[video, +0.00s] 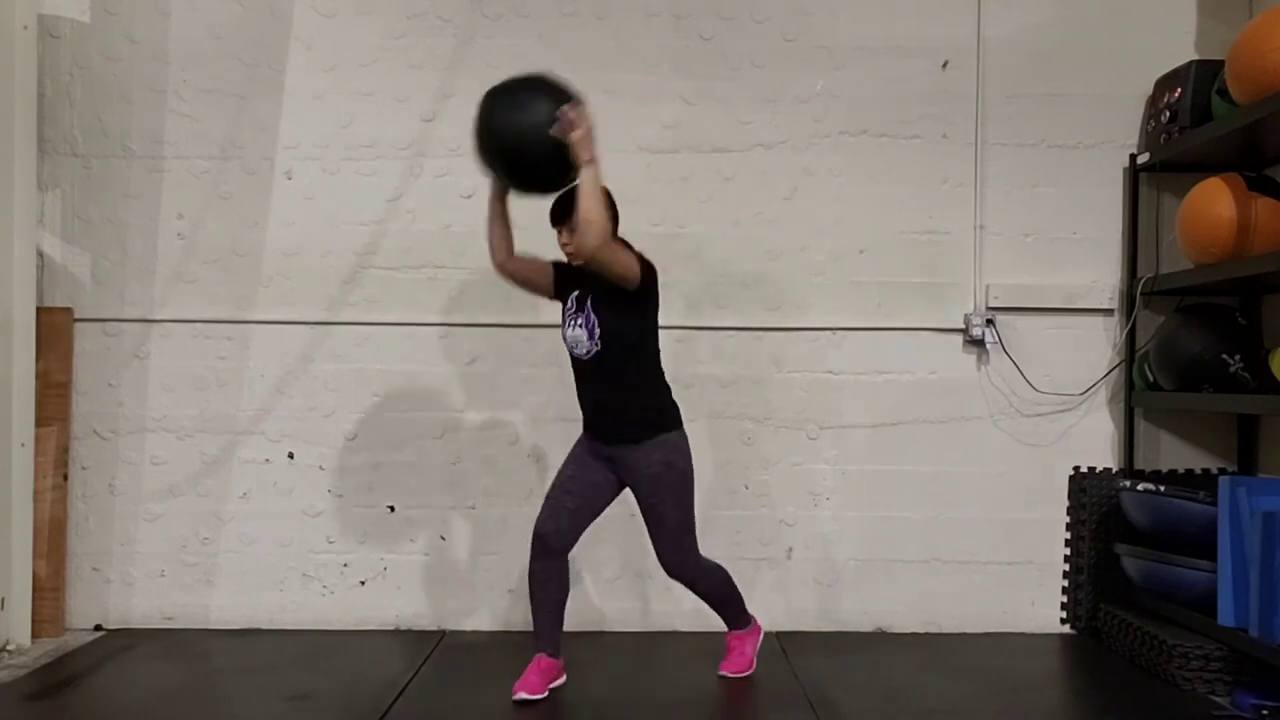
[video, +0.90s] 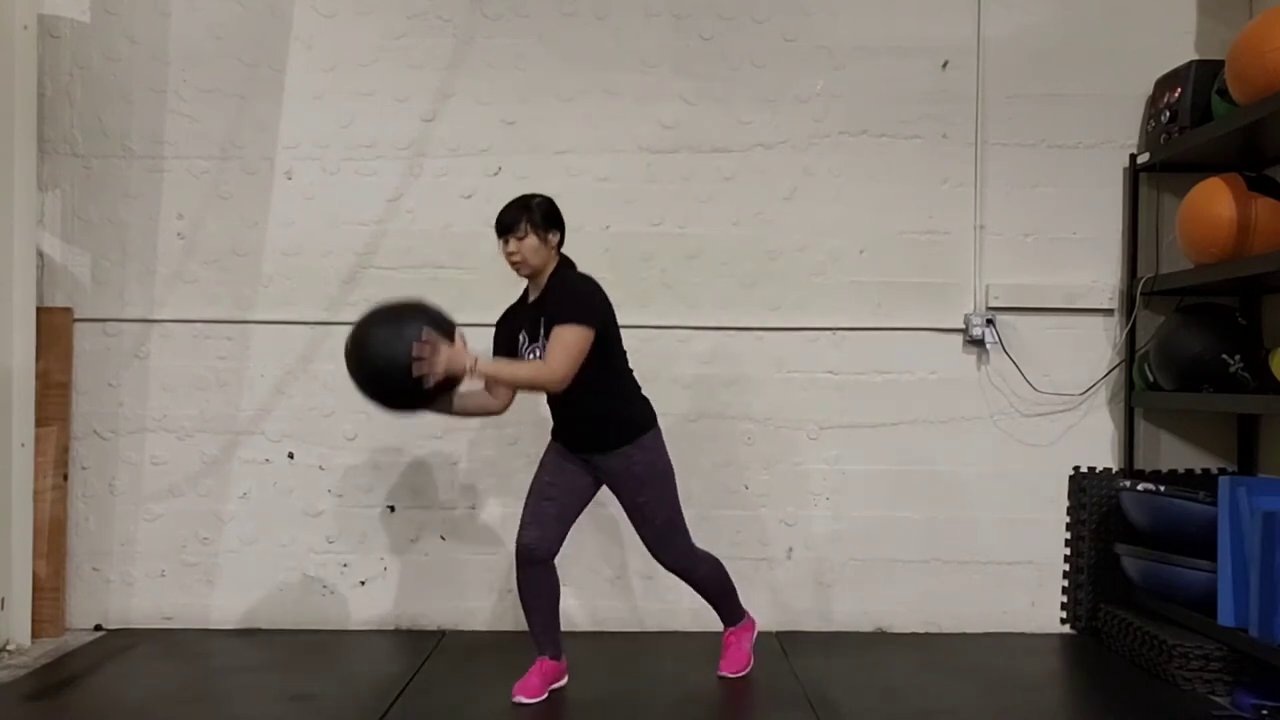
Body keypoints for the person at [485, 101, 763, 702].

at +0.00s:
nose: (562, 237)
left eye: (570, 227)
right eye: (557, 229)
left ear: (599, 226)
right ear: (558, 235)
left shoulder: (634, 276)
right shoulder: (568, 281)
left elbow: (594, 242)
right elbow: (506, 260)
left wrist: (585, 157)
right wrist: (499, 188)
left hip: (655, 446)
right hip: (599, 446)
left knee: (680, 560)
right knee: (548, 540)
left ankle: (743, 627)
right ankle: (548, 657)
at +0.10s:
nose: (559, 274)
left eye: (567, 263)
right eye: (555, 266)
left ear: (597, 256)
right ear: (557, 267)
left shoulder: (628, 305)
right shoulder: (572, 309)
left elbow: (576, 335)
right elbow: (509, 348)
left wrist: (532, 266)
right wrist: (474, 293)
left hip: (663, 461)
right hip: (610, 460)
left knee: (673, 581)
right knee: (551, 541)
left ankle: (745, 628)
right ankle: (549, 658)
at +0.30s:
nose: (528, 323)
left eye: (536, 311)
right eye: (525, 313)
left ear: (571, 311)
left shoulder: (606, 373)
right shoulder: (544, 379)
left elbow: (619, 469)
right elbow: (540, 455)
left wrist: (610, 553)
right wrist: (525, 531)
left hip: (659, 496)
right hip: (603, 486)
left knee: (663, 620)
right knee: (540, 551)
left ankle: (744, 627)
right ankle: (551, 661)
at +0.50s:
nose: (507, 309)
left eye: (515, 298)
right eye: (504, 299)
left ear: (551, 298)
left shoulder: (591, 358)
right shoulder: (525, 373)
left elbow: (598, 455)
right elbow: (517, 452)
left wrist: (551, 523)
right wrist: (483, 505)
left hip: (647, 483)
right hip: (591, 479)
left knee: (663, 603)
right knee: (534, 551)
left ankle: (744, 627)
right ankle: (550, 659)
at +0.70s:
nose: (498, 287)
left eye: (509, 277)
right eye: (495, 278)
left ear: (542, 279)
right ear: (495, 282)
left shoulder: (572, 337)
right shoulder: (516, 356)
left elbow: (559, 432)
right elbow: (512, 432)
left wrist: (483, 462)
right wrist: (466, 459)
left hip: (639, 467)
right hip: (584, 468)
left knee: (673, 581)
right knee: (532, 550)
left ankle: (747, 630)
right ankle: (550, 661)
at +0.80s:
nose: (502, 272)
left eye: (512, 260)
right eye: (497, 262)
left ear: (545, 260)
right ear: (496, 267)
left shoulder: (574, 318)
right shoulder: (514, 339)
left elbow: (557, 409)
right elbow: (507, 417)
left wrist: (475, 426)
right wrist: (460, 433)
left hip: (635, 457)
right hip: (577, 460)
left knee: (674, 566)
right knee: (532, 549)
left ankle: (745, 628)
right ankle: (551, 660)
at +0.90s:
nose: (511, 251)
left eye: (520, 239)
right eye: (505, 242)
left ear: (552, 238)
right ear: (502, 248)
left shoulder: (582, 295)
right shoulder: (514, 319)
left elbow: (555, 374)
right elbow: (495, 399)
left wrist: (472, 364)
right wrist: (428, 399)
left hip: (630, 443)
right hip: (571, 447)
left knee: (674, 551)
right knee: (533, 548)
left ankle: (739, 624)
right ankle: (550, 660)